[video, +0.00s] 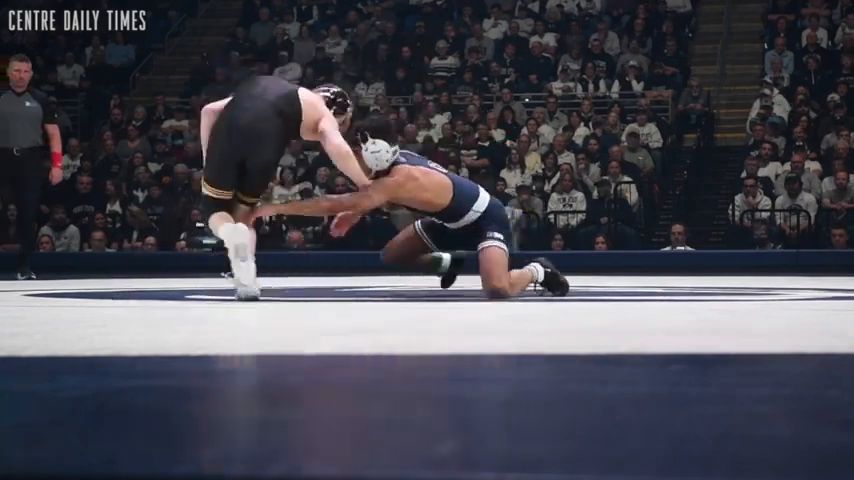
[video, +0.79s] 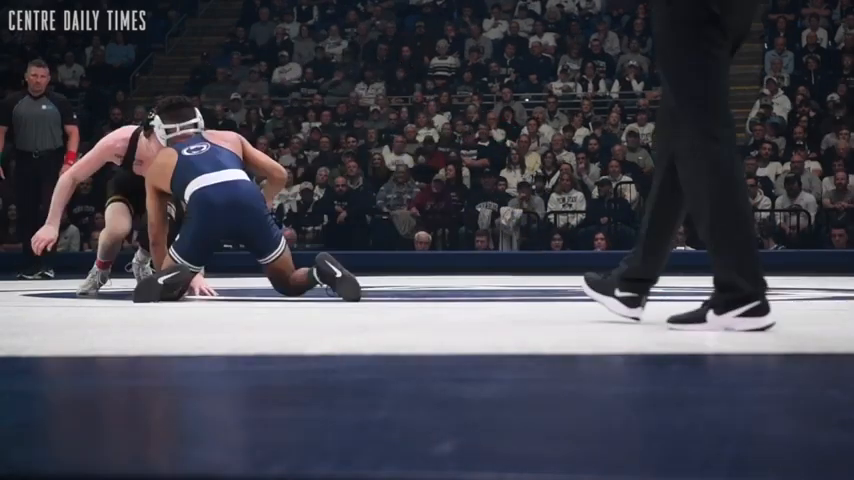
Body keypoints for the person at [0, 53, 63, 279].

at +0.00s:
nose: (20, 76)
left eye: (25, 72)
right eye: (16, 71)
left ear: (31, 74)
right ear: (8, 73)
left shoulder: (42, 100)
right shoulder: (3, 98)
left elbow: (53, 133)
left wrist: (57, 164)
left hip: (30, 161)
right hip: (5, 160)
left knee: (27, 212)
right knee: (4, 211)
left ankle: (25, 265)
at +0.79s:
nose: (38, 80)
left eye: (43, 76)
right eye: (34, 76)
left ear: (49, 78)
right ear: (26, 78)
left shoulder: (60, 102)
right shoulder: (13, 102)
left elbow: (73, 133)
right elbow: (2, 132)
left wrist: (69, 161)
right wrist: (0, 160)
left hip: (51, 162)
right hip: (22, 163)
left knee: (48, 210)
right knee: (25, 211)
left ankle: (47, 263)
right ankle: (30, 263)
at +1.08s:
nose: (60, 82)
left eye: (64, 79)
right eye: (56, 78)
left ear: (69, 82)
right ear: (47, 79)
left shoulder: (79, 105)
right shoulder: (32, 103)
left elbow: (91, 135)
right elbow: (18, 131)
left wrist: (89, 163)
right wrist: (13, 161)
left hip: (72, 166)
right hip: (40, 165)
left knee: (88, 210)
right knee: (35, 213)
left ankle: (101, 260)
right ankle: (33, 265)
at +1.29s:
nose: (84, 87)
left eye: (89, 83)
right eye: (80, 82)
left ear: (94, 85)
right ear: (72, 84)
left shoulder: (101, 111)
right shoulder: (59, 106)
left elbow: (110, 141)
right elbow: (41, 134)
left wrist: (109, 166)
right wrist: (42, 163)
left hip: (94, 168)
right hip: (64, 167)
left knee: (106, 214)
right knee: (54, 215)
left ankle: (107, 264)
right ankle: (35, 265)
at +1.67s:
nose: (103, 84)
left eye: (107, 81)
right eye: (99, 80)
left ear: (112, 83)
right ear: (91, 82)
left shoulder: (116, 108)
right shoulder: (79, 103)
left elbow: (124, 137)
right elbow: (63, 130)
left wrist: (132, 159)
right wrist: (74, 159)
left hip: (110, 165)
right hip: (84, 163)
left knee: (111, 216)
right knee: (71, 213)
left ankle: (109, 265)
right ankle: (54, 264)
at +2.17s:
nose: (78, 82)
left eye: (82, 78)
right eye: (74, 78)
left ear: (86, 81)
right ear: (65, 80)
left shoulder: (95, 106)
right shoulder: (53, 104)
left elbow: (105, 136)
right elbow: (37, 132)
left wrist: (105, 163)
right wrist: (40, 163)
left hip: (89, 164)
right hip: (60, 164)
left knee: (98, 214)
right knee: (56, 214)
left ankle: (104, 264)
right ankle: (53, 266)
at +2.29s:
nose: (72, 82)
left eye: (76, 79)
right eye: (68, 78)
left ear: (81, 81)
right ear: (59, 80)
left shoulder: (90, 105)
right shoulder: (46, 104)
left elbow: (101, 136)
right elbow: (32, 133)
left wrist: (96, 161)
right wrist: (31, 163)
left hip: (83, 165)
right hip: (54, 165)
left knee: (96, 212)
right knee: (51, 215)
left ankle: (99, 261)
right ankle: (52, 266)